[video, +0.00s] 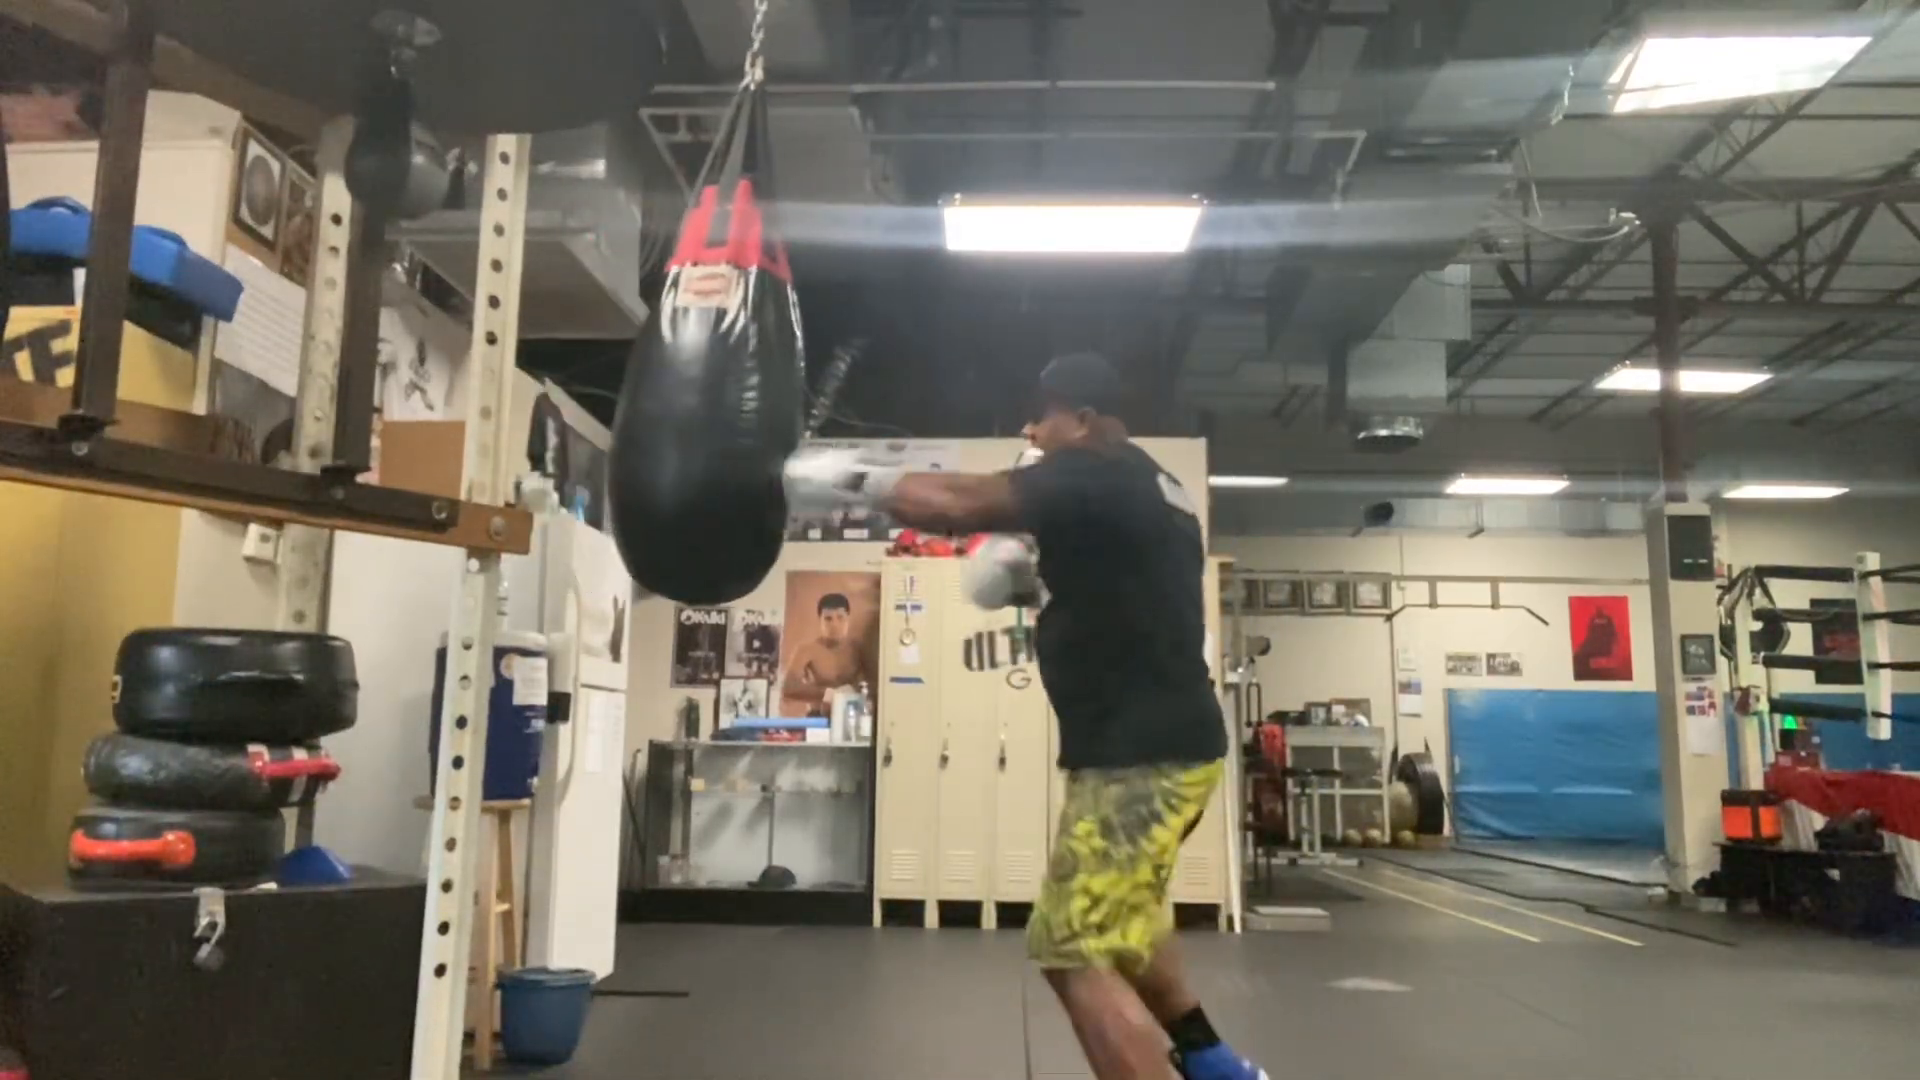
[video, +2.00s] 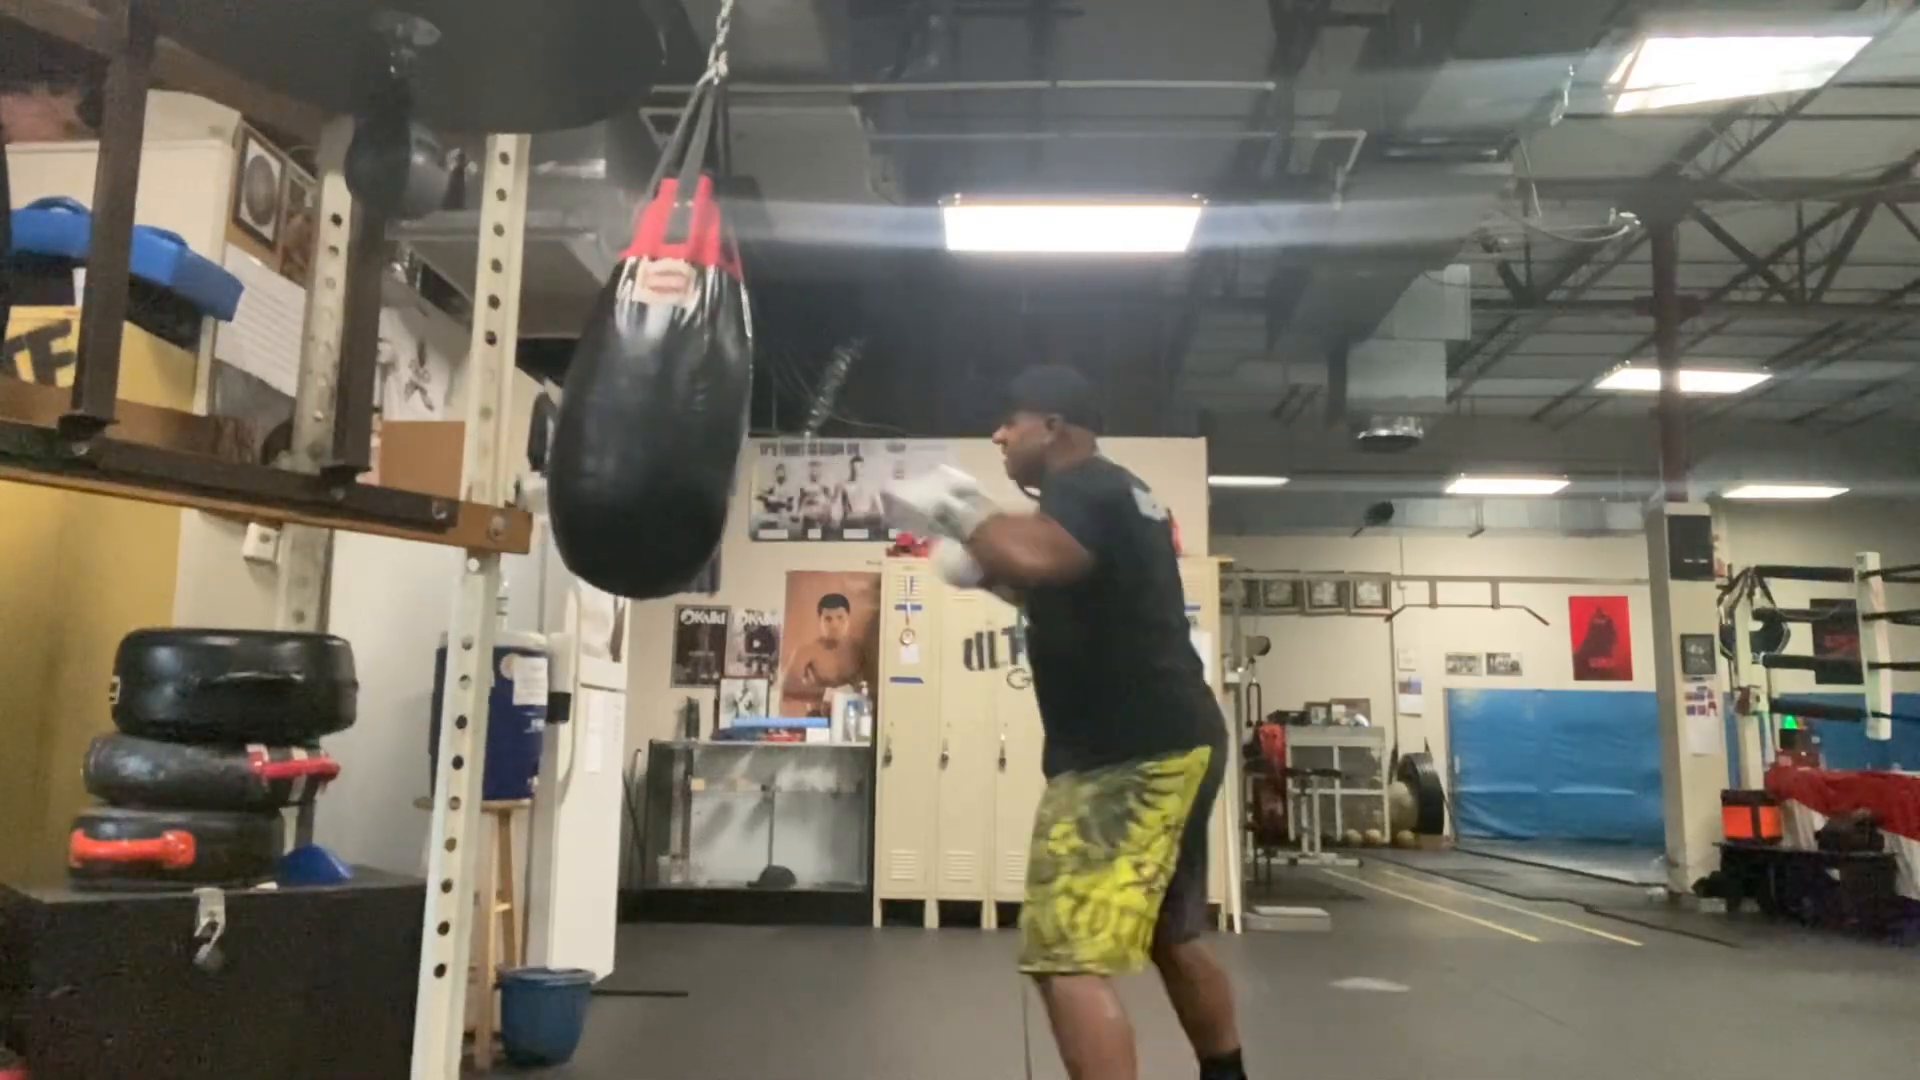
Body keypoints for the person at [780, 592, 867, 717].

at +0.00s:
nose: (834, 624)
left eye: (840, 617)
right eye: (828, 618)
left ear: (848, 619)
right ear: (819, 621)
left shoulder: (857, 651)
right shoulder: (806, 651)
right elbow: (789, 689)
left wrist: (816, 687)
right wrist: (826, 694)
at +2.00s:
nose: (834, 624)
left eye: (840, 618)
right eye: (828, 618)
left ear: (848, 620)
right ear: (819, 621)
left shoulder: (857, 651)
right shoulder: (806, 652)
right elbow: (788, 687)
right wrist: (824, 692)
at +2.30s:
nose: (834, 625)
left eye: (840, 618)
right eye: (828, 618)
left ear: (848, 620)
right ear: (819, 621)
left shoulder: (857, 652)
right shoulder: (807, 652)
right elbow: (788, 687)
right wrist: (826, 692)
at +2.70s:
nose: (834, 625)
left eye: (840, 618)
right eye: (828, 619)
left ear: (848, 620)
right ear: (819, 621)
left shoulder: (857, 652)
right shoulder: (806, 652)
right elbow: (789, 688)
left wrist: (817, 686)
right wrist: (826, 693)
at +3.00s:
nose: (834, 625)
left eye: (840, 618)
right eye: (828, 619)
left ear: (848, 620)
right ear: (819, 621)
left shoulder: (858, 652)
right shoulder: (806, 652)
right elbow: (789, 688)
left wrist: (816, 687)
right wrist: (827, 693)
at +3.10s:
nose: (834, 624)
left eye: (840, 618)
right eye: (828, 619)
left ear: (848, 620)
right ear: (819, 621)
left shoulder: (857, 652)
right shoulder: (806, 652)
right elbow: (789, 689)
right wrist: (826, 693)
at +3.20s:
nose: (834, 624)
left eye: (840, 618)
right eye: (828, 619)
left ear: (848, 620)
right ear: (819, 621)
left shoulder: (857, 652)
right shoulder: (807, 652)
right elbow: (789, 688)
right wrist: (826, 693)